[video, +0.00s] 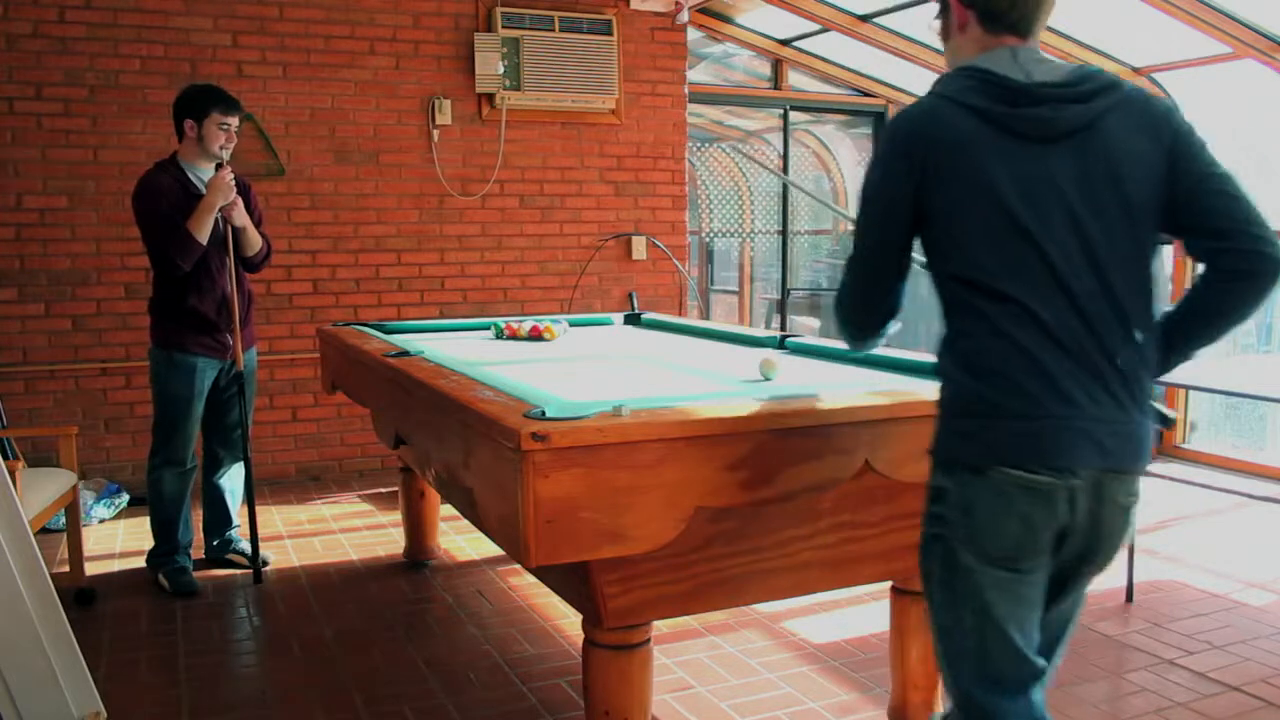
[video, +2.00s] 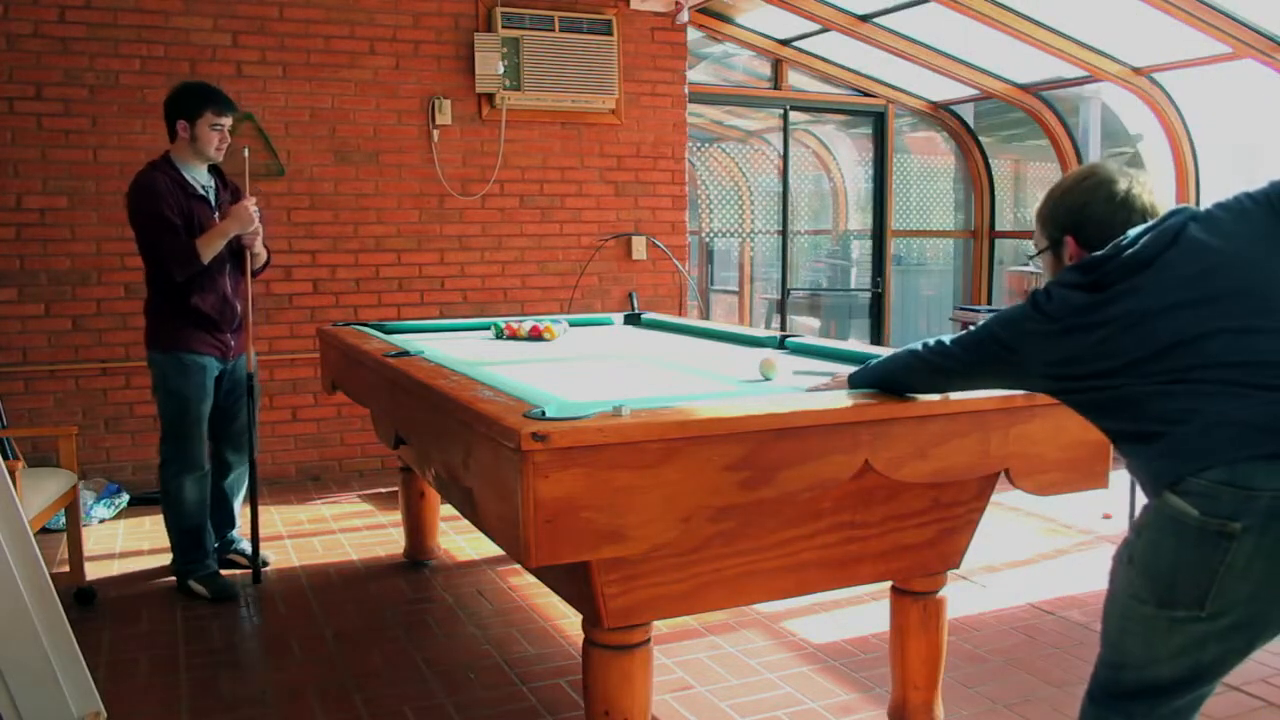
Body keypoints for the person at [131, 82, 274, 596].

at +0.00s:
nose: (231, 138)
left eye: (235, 129)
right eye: (223, 128)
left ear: (236, 133)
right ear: (190, 128)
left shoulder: (235, 184)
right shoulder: (156, 187)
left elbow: (257, 261)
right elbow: (176, 261)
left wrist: (242, 221)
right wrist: (209, 204)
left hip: (238, 339)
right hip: (184, 341)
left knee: (229, 450)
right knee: (176, 455)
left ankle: (223, 542)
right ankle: (171, 558)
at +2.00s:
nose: (226, 137)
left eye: (229, 128)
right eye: (217, 127)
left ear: (224, 133)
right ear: (183, 129)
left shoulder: (223, 187)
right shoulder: (152, 186)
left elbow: (255, 265)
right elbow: (176, 265)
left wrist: (255, 241)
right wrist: (229, 226)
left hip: (231, 339)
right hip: (183, 341)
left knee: (233, 452)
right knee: (188, 457)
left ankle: (224, 541)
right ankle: (193, 566)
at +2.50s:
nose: (219, 140)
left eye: (220, 131)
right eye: (211, 130)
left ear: (190, 133)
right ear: (177, 129)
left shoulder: (209, 186)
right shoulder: (140, 186)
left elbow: (228, 265)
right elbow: (168, 271)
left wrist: (244, 243)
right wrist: (222, 230)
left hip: (221, 340)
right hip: (173, 344)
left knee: (236, 442)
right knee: (181, 457)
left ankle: (219, 541)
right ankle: (191, 567)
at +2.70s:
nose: (215, 141)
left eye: (217, 132)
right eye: (208, 131)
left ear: (185, 133)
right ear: (175, 129)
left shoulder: (204, 186)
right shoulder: (136, 187)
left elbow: (220, 266)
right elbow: (164, 271)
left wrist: (242, 248)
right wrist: (225, 230)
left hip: (224, 339)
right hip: (175, 345)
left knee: (243, 441)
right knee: (183, 458)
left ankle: (226, 538)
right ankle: (192, 567)